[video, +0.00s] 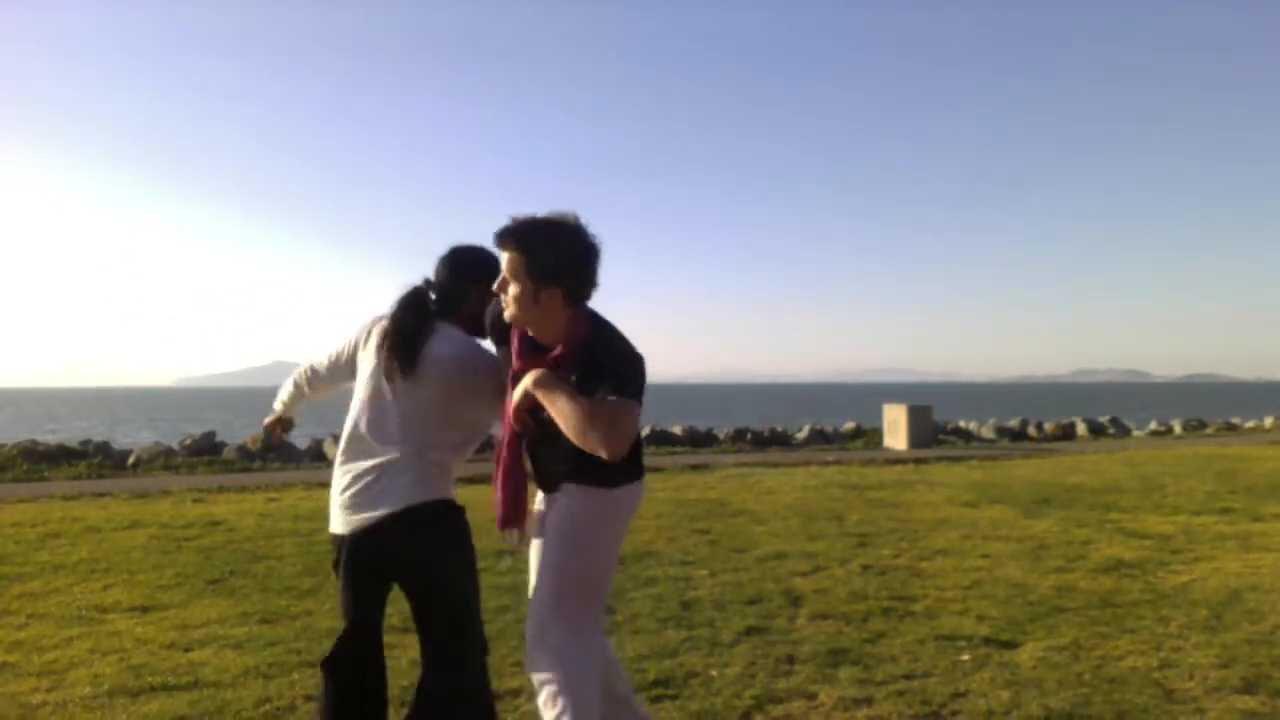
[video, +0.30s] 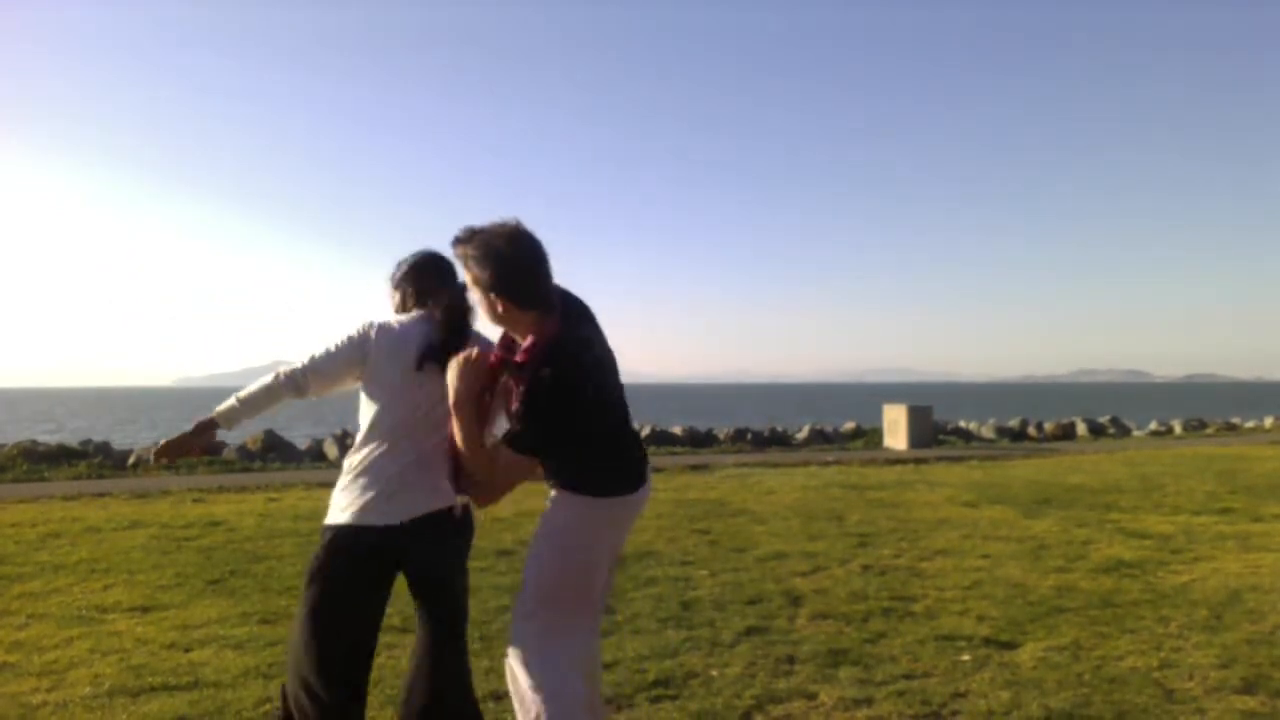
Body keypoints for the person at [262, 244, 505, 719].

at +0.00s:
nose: (501, 304)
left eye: (502, 294)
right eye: (497, 293)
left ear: (438, 288)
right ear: (478, 296)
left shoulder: (381, 331)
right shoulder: (478, 362)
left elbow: (314, 375)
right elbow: (523, 424)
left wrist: (280, 412)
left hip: (355, 517)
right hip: (427, 515)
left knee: (357, 644)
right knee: (455, 651)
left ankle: (348, 714)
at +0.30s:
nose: (392, 303)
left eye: (394, 295)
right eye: (392, 297)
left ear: (405, 293)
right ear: (456, 293)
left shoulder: (381, 336)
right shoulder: (479, 347)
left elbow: (294, 381)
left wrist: (209, 426)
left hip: (364, 515)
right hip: (444, 516)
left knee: (326, 660)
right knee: (445, 643)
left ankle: (318, 710)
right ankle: (442, 715)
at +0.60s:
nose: (360, 285)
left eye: (368, 272)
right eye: (358, 274)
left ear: (405, 269)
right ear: (409, 275)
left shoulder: (408, 323)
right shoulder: (456, 322)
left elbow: (357, 390)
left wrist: (254, 443)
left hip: (409, 513)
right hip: (453, 511)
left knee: (339, 654)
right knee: (423, 656)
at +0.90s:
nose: (390, 285)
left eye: (402, 274)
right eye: (379, 274)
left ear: (423, 276)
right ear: (366, 279)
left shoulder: (433, 333)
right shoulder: (388, 341)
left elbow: (461, 413)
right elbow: (418, 420)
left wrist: (391, 444)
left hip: (448, 508)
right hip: (413, 510)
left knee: (386, 648)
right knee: (411, 651)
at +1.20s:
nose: (449, 296)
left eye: (449, 283)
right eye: (440, 282)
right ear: (395, 280)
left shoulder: (447, 345)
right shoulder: (329, 325)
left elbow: (483, 419)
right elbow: (238, 356)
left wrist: (512, 438)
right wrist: (219, 452)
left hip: (429, 519)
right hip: (353, 528)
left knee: (431, 651)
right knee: (354, 681)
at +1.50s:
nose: (429, 280)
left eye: (426, 267)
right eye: (416, 265)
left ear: (385, 270)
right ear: (372, 265)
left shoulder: (402, 334)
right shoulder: (315, 320)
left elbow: (443, 382)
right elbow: (207, 384)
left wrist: (521, 408)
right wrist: (153, 496)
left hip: (365, 522)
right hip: (282, 523)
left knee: (392, 682)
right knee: (235, 679)